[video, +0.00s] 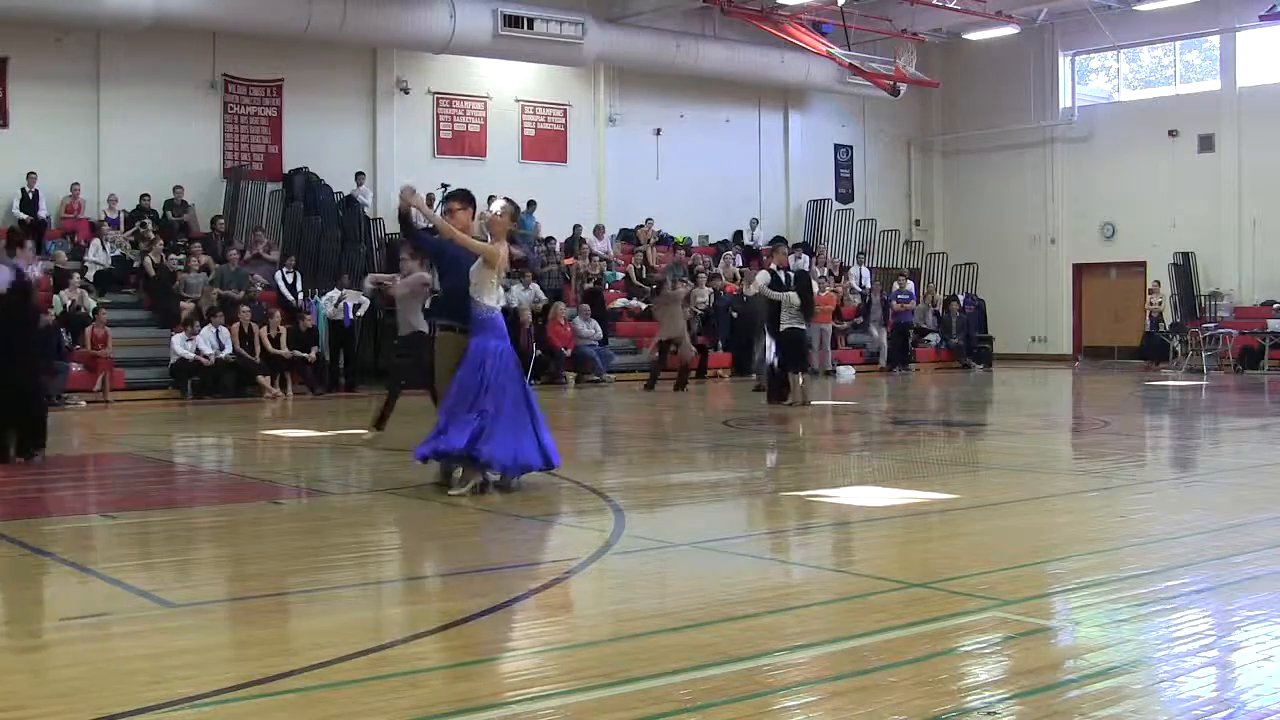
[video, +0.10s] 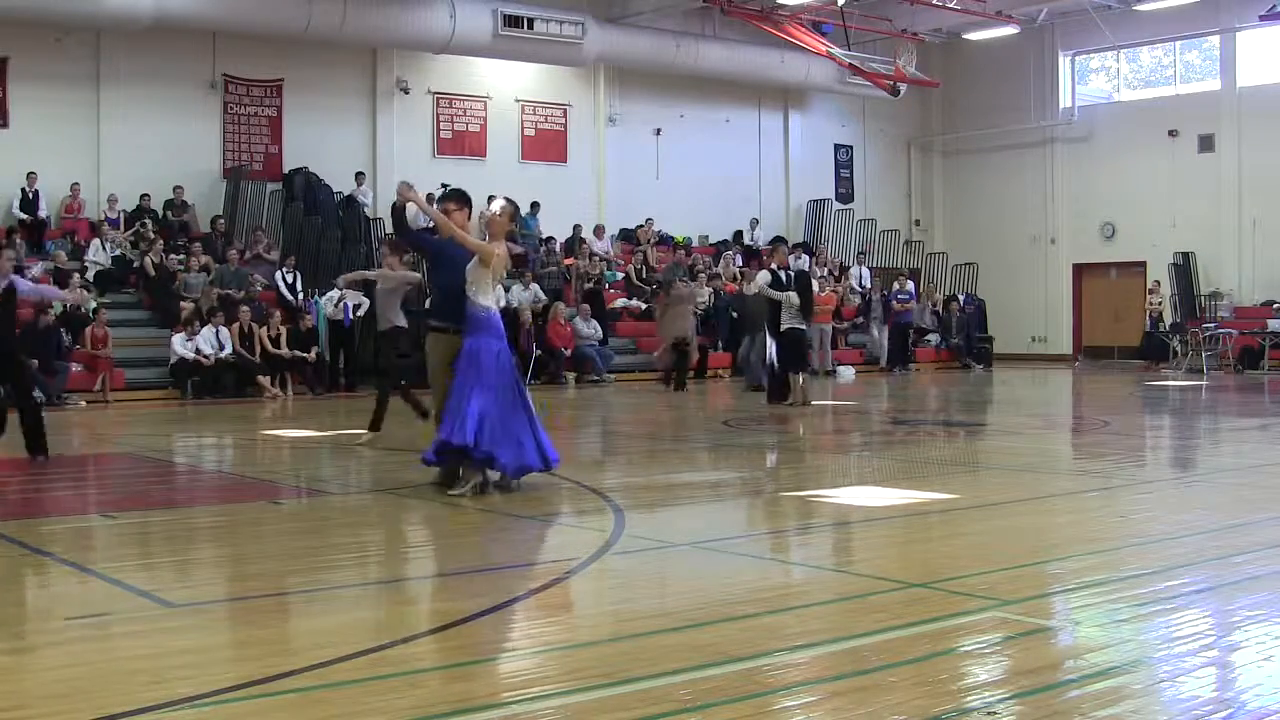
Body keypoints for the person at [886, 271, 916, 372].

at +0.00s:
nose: (901, 282)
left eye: (903, 280)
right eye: (899, 280)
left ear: (906, 281)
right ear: (897, 282)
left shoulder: (910, 294)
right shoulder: (894, 294)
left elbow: (912, 305)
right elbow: (894, 307)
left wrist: (900, 305)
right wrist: (908, 306)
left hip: (907, 322)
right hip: (896, 322)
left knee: (906, 344)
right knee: (895, 344)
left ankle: (905, 364)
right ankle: (894, 364)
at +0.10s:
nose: (901, 282)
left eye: (903, 280)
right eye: (899, 280)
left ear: (906, 281)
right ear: (897, 281)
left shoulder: (910, 294)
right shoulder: (894, 293)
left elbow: (913, 305)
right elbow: (895, 307)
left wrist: (900, 305)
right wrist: (907, 306)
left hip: (907, 322)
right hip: (896, 322)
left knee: (905, 344)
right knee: (895, 343)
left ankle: (905, 364)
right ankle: (894, 364)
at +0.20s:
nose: (902, 282)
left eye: (904, 280)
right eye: (900, 280)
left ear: (907, 281)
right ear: (898, 281)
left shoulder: (910, 293)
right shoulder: (894, 293)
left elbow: (913, 305)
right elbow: (895, 307)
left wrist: (900, 305)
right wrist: (908, 306)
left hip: (907, 321)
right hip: (896, 321)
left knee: (905, 343)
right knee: (896, 343)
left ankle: (905, 363)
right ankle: (895, 364)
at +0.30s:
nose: (902, 282)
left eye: (904, 280)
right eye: (900, 280)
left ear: (907, 281)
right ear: (898, 281)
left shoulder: (910, 293)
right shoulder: (894, 293)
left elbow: (913, 305)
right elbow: (896, 307)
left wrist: (901, 305)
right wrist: (908, 306)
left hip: (907, 321)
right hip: (897, 321)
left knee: (905, 343)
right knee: (896, 343)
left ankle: (905, 363)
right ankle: (895, 364)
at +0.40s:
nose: (902, 282)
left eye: (904, 280)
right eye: (900, 280)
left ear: (907, 281)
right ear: (898, 281)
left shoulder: (911, 293)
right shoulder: (894, 293)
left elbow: (914, 305)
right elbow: (896, 307)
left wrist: (901, 305)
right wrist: (909, 306)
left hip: (907, 321)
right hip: (897, 321)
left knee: (905, 343)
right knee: (896, 343)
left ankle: (905, 363)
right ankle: (895, 364)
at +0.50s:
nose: (902, 282)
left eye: (904, 280)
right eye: (900, 280)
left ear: (907, 281)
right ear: (898, 281)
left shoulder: (912, 293)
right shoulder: (894, 293)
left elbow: (914, 305)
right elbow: (896, 307)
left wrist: (901, 305)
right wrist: (909, 306)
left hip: (908, 321)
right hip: (897, 321)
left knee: (906, 344)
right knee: (895, 343)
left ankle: (905, 363)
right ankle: (895, 364)